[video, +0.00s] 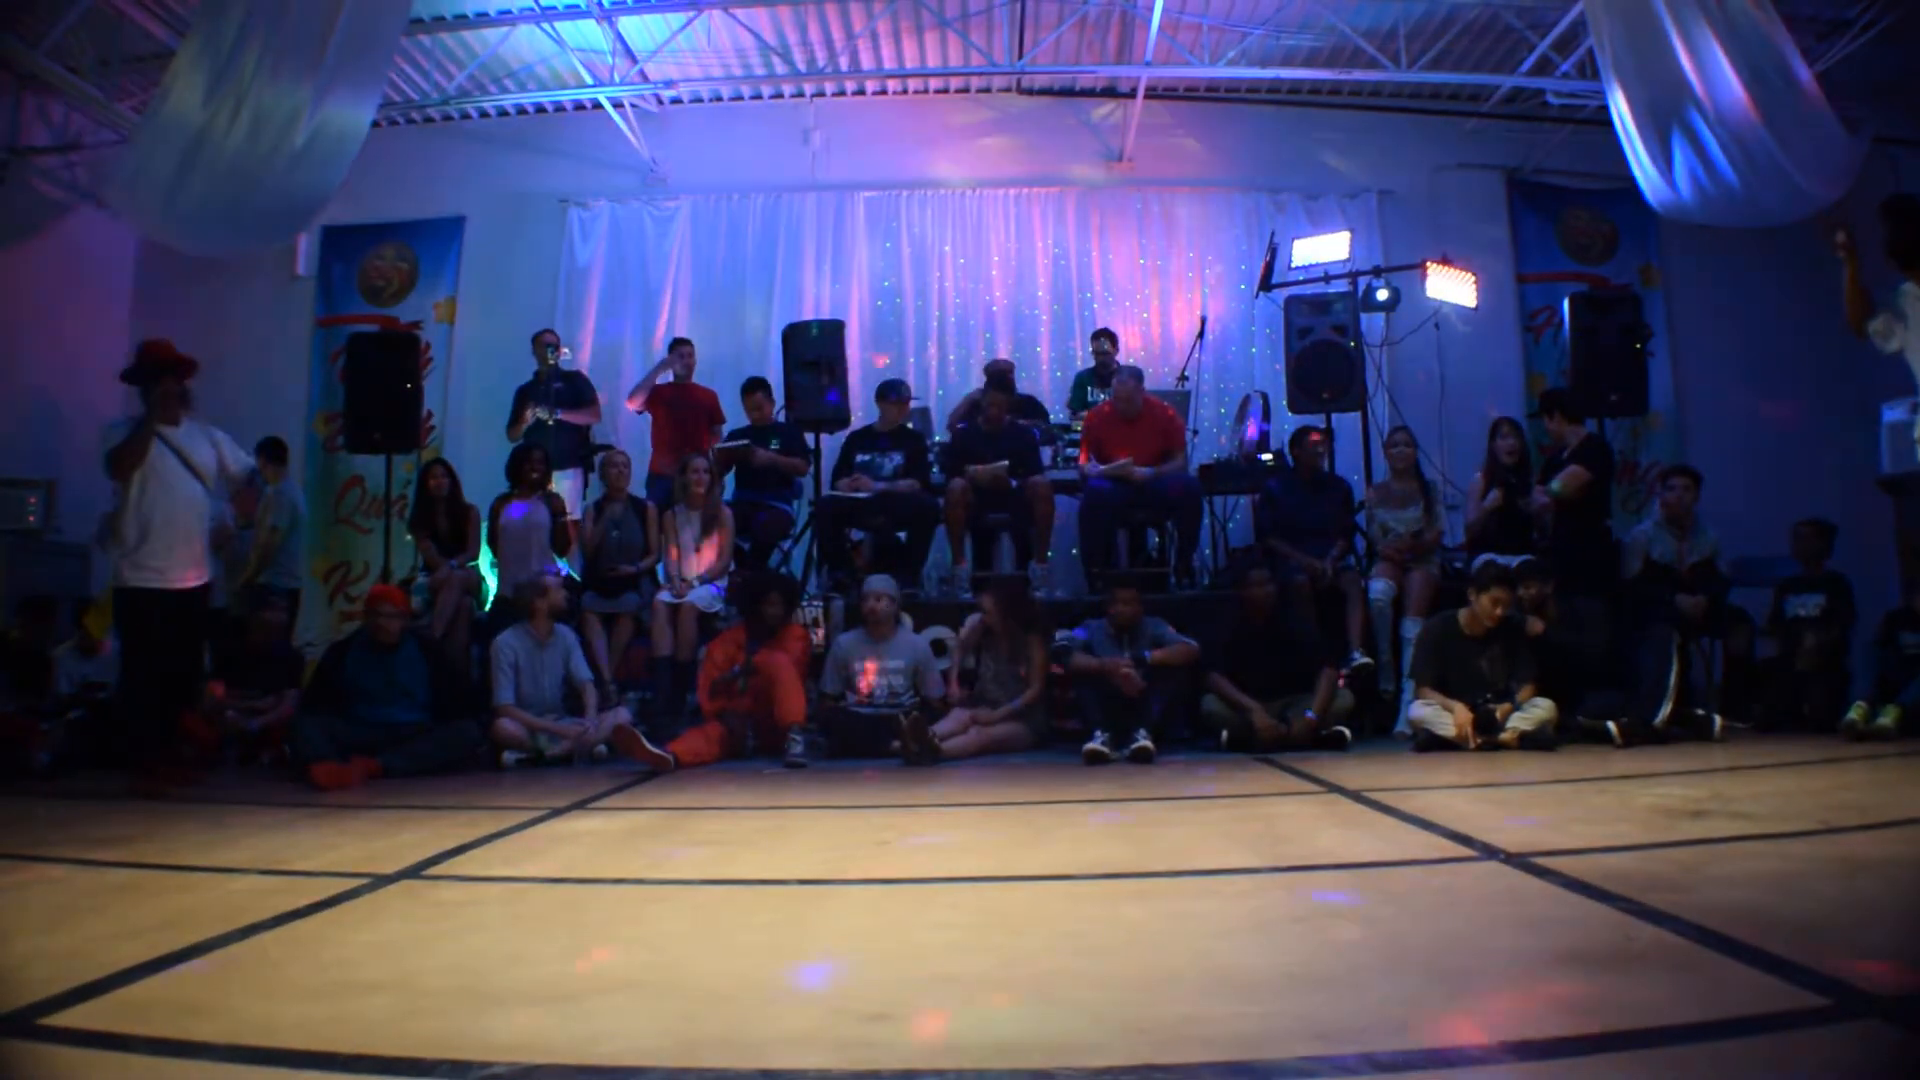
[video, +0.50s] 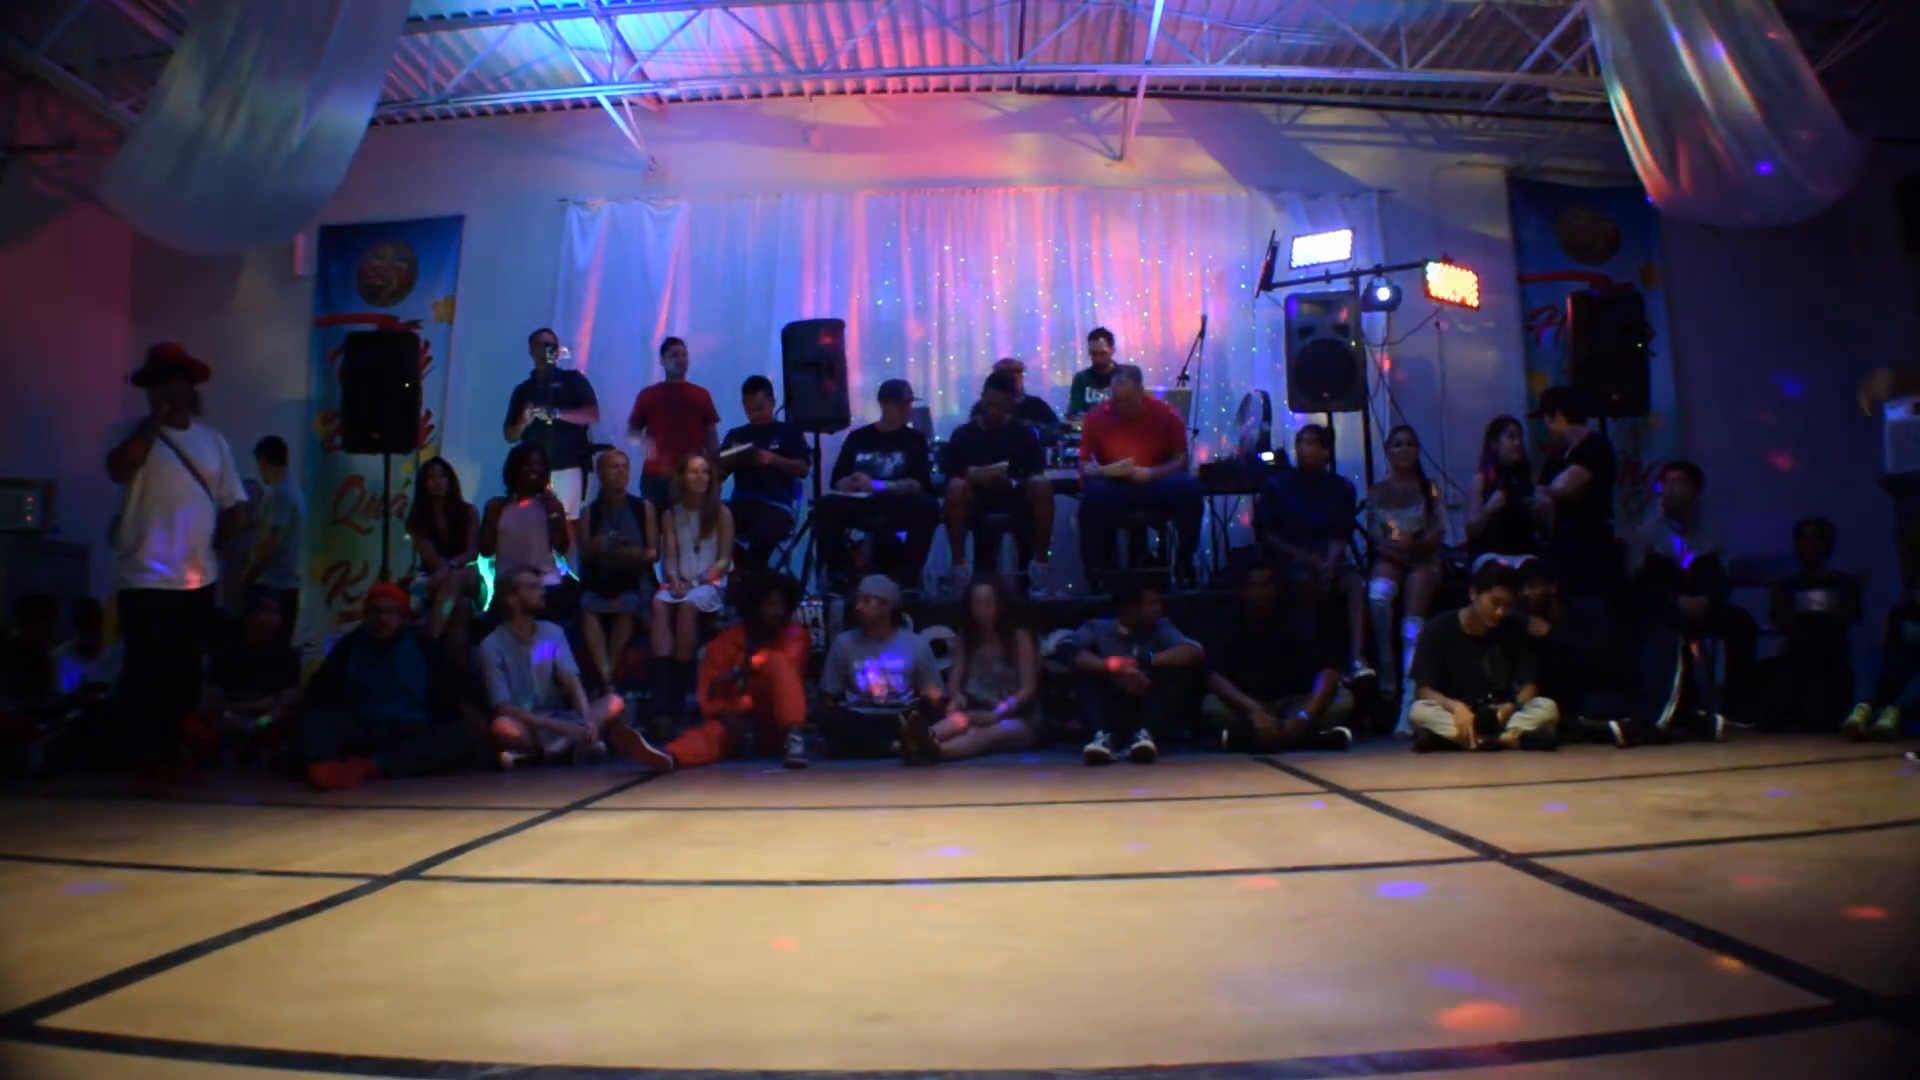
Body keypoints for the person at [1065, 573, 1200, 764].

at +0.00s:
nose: (1124, 610)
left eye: (1129, 604)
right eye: (1119, 604)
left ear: (1139, 607)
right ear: (1110, 608)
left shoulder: (1153, 628)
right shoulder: (1094, 630)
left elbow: (1190, 650)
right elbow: (1063, 653)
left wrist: (1143, 660)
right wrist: (1112, 668)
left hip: (1145, 700)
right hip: (1106, 700)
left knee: (1168, 672)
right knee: (1088, 673)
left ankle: (1143, 734)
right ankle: (1100, 734)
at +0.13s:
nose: (1118, 609)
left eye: (1126, 603)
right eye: (1113, 602)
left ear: (1137, 607)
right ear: (1106, 606)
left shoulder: (1153, 628)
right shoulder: (1094, 629)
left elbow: (1191, 650)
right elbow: (1065, 652)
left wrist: (1143, 661)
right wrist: (1112, 669)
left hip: (1146, 701)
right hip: (1107, 700)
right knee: (1088, 674)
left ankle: (1144, 734)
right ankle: (1100, 735)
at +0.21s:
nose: (1121, 609)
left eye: (1128, 603)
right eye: (1116, 603)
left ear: (1139, 607)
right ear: (1109, 606)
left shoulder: (1154, 629)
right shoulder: (1095, 630)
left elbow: (1193, 651)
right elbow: (1062, 649)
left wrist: (1143, 663)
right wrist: (1111, 669)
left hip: (1148, 701)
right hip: (1108, 700)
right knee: (1087, 674)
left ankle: (1144, 734)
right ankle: (1101, 735)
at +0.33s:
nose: (1131, 609)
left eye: (1138, 603)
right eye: (1125, 603)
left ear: (1147, 607)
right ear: (1114, 607)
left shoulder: (1156, 628)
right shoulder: (1097, 629)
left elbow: (1194, 651)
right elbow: (1067, 652)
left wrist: (1145, 662)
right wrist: (1114, 670)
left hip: (1148, 700)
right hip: (1109, 700)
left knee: (1172, 672)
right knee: (1089, 674)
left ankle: (1144, 734)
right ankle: (1101, 734)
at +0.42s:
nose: (1151, 610)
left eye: (1154, 604)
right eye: (1144, 604)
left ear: (1157, 606)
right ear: (1124, 607)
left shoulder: (1158, 629)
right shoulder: (1098, 629)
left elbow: (1194, 651)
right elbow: (1067, 650)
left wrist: (1146, 661)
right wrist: (1114, 669)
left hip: (1148, 702)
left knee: (1173, 670)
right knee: (1088, 672)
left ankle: (1144, 733)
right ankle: (1101, 734)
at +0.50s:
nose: (1158, 609)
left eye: (1158, 603)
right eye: (1152, 604)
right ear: (1130, 607)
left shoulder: (1160, 629)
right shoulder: (1099, 630)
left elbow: (1194, 651)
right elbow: (1067, 650)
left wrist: (1147, 661)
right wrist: (1114, 667)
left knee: (1173, 670)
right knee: (1088, 671)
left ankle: (1145, 733)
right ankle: (1102, 735)